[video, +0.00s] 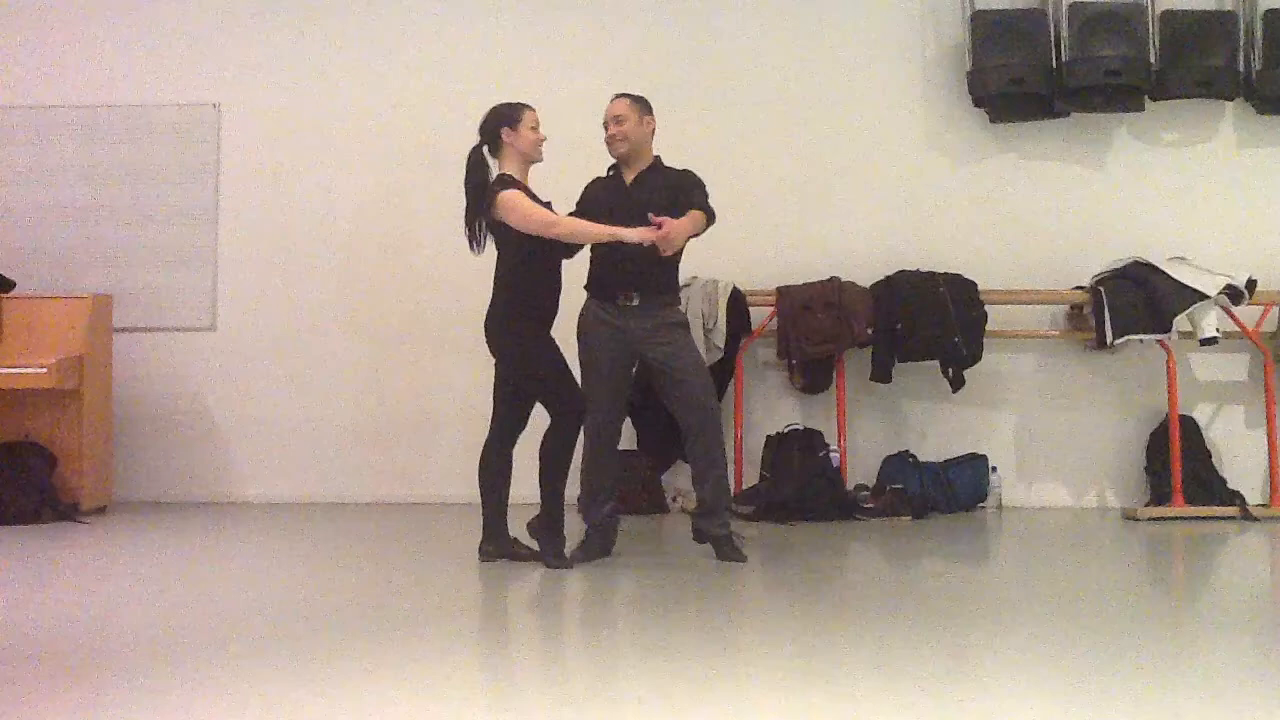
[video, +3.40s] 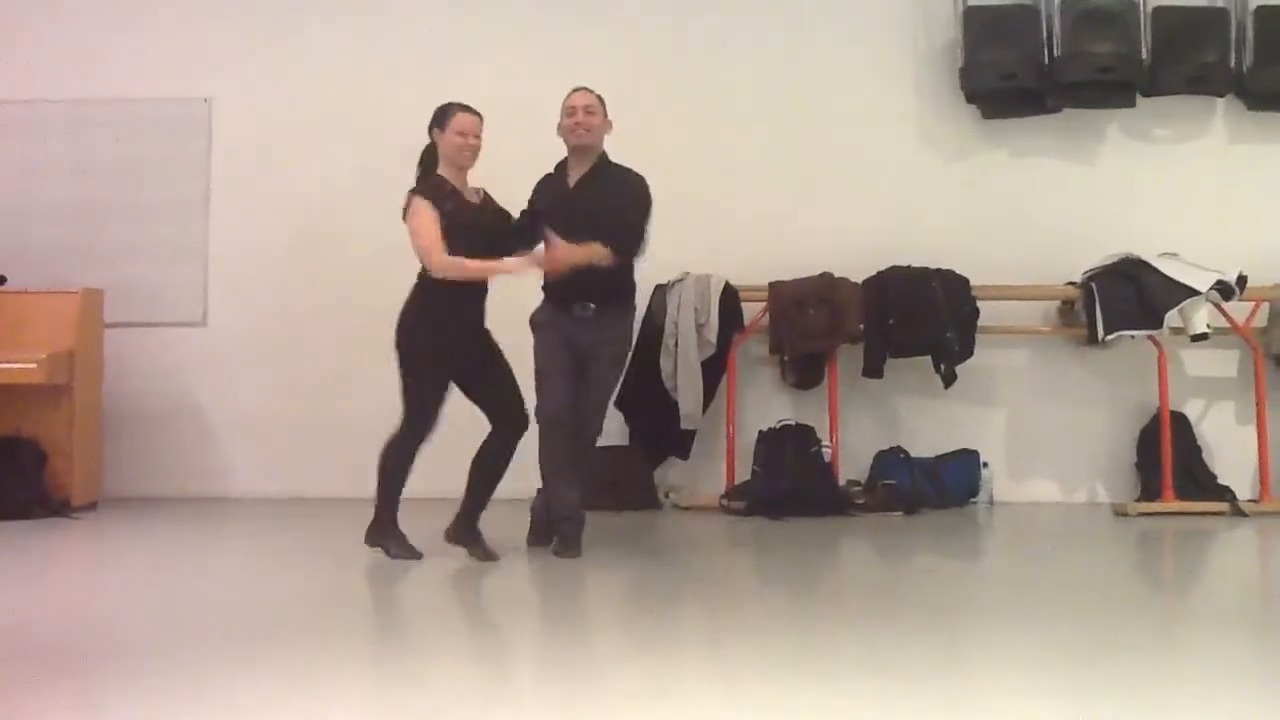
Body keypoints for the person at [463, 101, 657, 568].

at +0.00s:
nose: (543, 135)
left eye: (540, 128)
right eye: (534, 128)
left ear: (513, 137)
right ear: (508, 136)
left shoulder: (521, 193)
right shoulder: (505, 195)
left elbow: (553, 247)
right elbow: (558, 230)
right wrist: (627, 233)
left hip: (525, 324)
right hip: (517, 327)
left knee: (504, 430)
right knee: (569, 410)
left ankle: (495, 537)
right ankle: (550, 523)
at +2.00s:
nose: (534, 133)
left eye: (534, 126)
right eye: (525, 126)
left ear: (519, 135)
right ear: (496, 132)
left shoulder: (524, 186)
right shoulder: (500, 189)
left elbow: (567, 241)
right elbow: (559, 223)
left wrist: (589, 217)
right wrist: (625, 221)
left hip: (527, 319)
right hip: (513, 322)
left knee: (506, 425)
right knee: (567, 404)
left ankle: (496, 531)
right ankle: (550, 517)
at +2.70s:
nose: (504, 141)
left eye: (504, 132)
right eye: (496, 132)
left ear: (480, 137)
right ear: (466, 134)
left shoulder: (487, 189)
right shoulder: (464, 197)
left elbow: (534, 212)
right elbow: (502, 261)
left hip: (490, 322)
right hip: (480, 326)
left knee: (494, 424)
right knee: (546, 404)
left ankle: (489, 531)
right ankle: (521, 520)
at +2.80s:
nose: (496, 141)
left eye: (497, 132)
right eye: (487, 131)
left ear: (483, 137)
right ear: (458, 133)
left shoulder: (479, 189)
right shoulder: (454, 196)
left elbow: (514, 231)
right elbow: (473, 267)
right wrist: (544, 272)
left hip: (489, 320)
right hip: (471, 324)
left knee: (532, 411)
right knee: (496, 422)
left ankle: (479, 506)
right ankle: (488, 531)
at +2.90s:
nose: (487, 143)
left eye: (489, 135)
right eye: (478, 134)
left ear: (483, 141)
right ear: (449, 136)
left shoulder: (471, 190)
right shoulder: (444, 195)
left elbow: (491, 242)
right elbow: (459, 263)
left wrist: (528, 235)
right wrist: (517, 247)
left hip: (481, 321)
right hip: (462, 325)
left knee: (496, 424)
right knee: (498, 424)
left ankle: (492, 533)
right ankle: (429, 501)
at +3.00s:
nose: (474, 141)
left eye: (478, 134)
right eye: (465, 133)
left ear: (481, 141)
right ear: (439, 136)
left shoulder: (475, 196)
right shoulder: (429, 193)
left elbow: (512, 246)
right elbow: (447, 248)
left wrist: (537, 209)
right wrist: (495, 209)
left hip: (470, 325)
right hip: (437, 325)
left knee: (501, 421)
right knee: (446, 426)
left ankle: (489, 532)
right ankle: (389, 518)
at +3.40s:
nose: (471, 143)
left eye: (476, 136)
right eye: (462, 134)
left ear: (481, 143)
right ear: (437, 136)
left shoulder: (480, 197)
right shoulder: (424, 198)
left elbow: (516, 238)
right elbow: (437, 263)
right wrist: (507, 266)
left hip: (467, 327)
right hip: (427, 325)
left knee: (511, 420)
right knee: (417, 423)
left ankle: (466, 522)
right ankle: (383, 523)